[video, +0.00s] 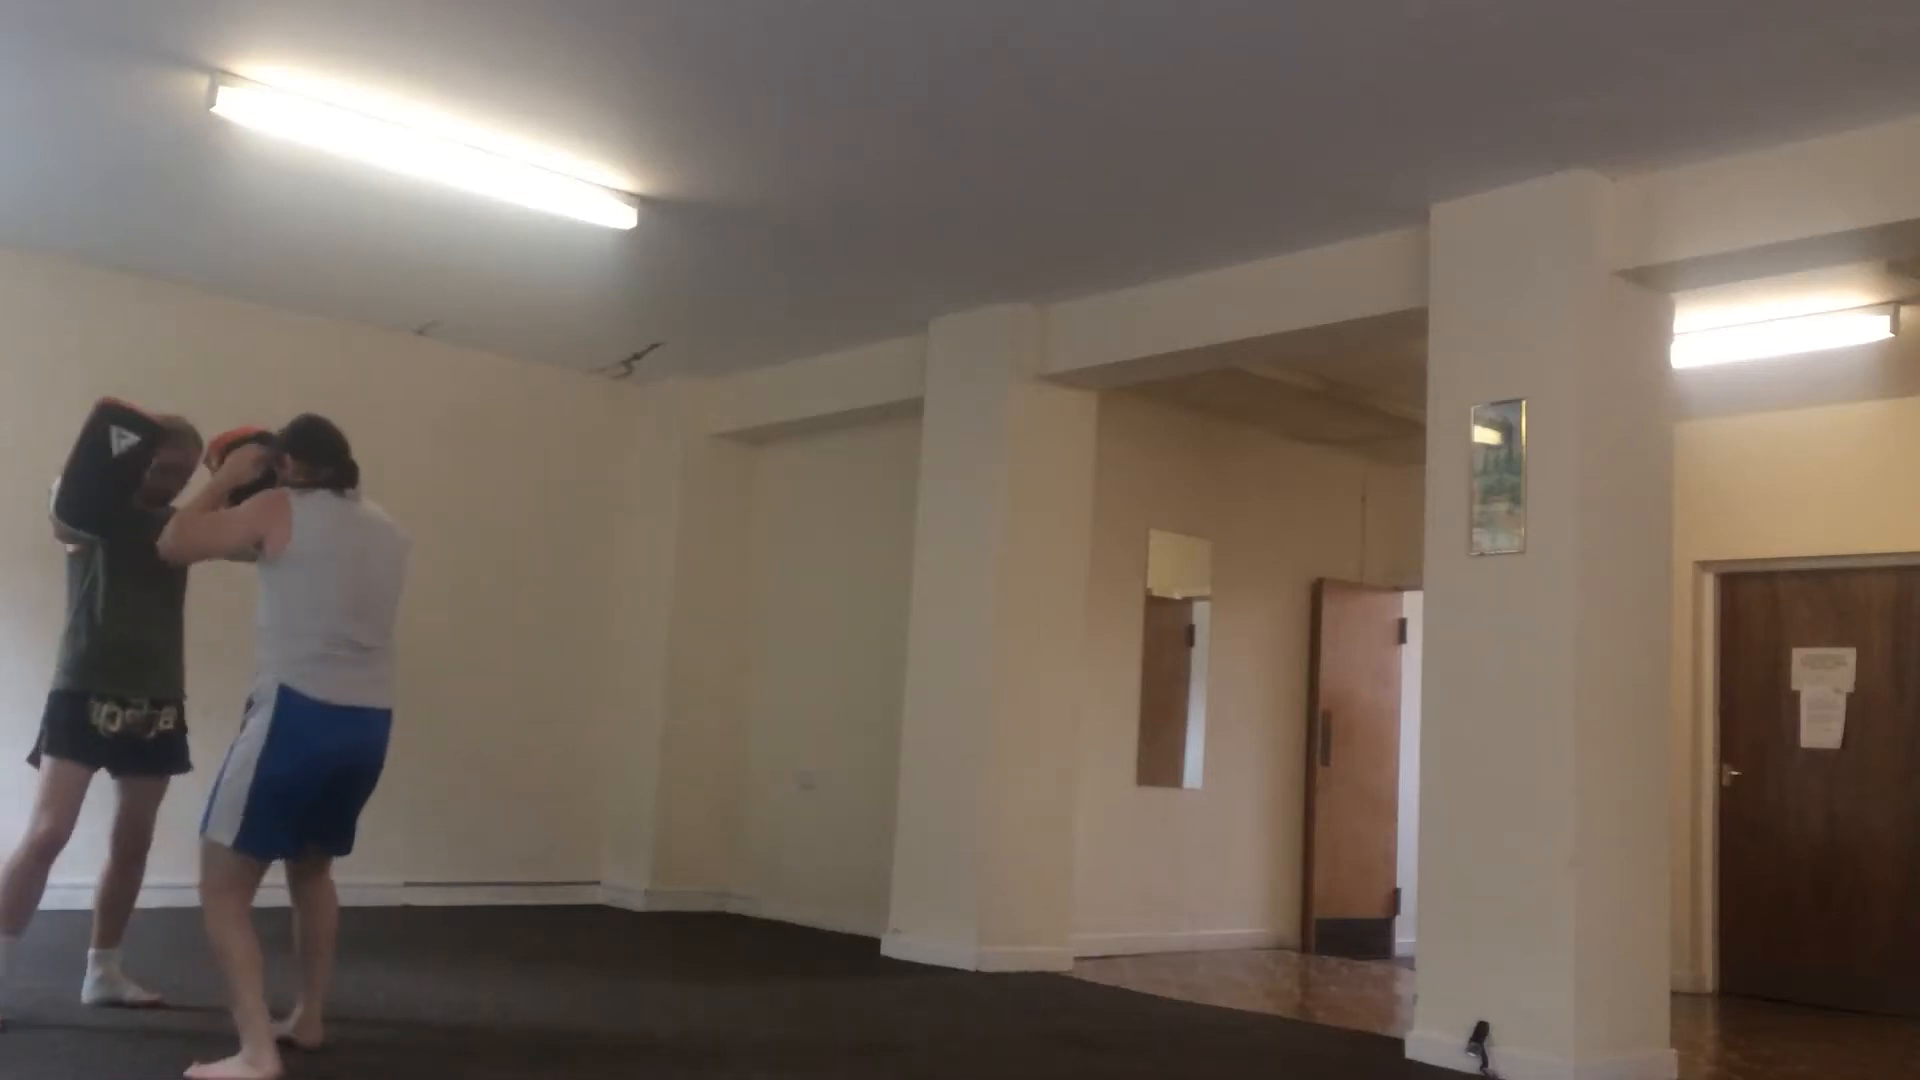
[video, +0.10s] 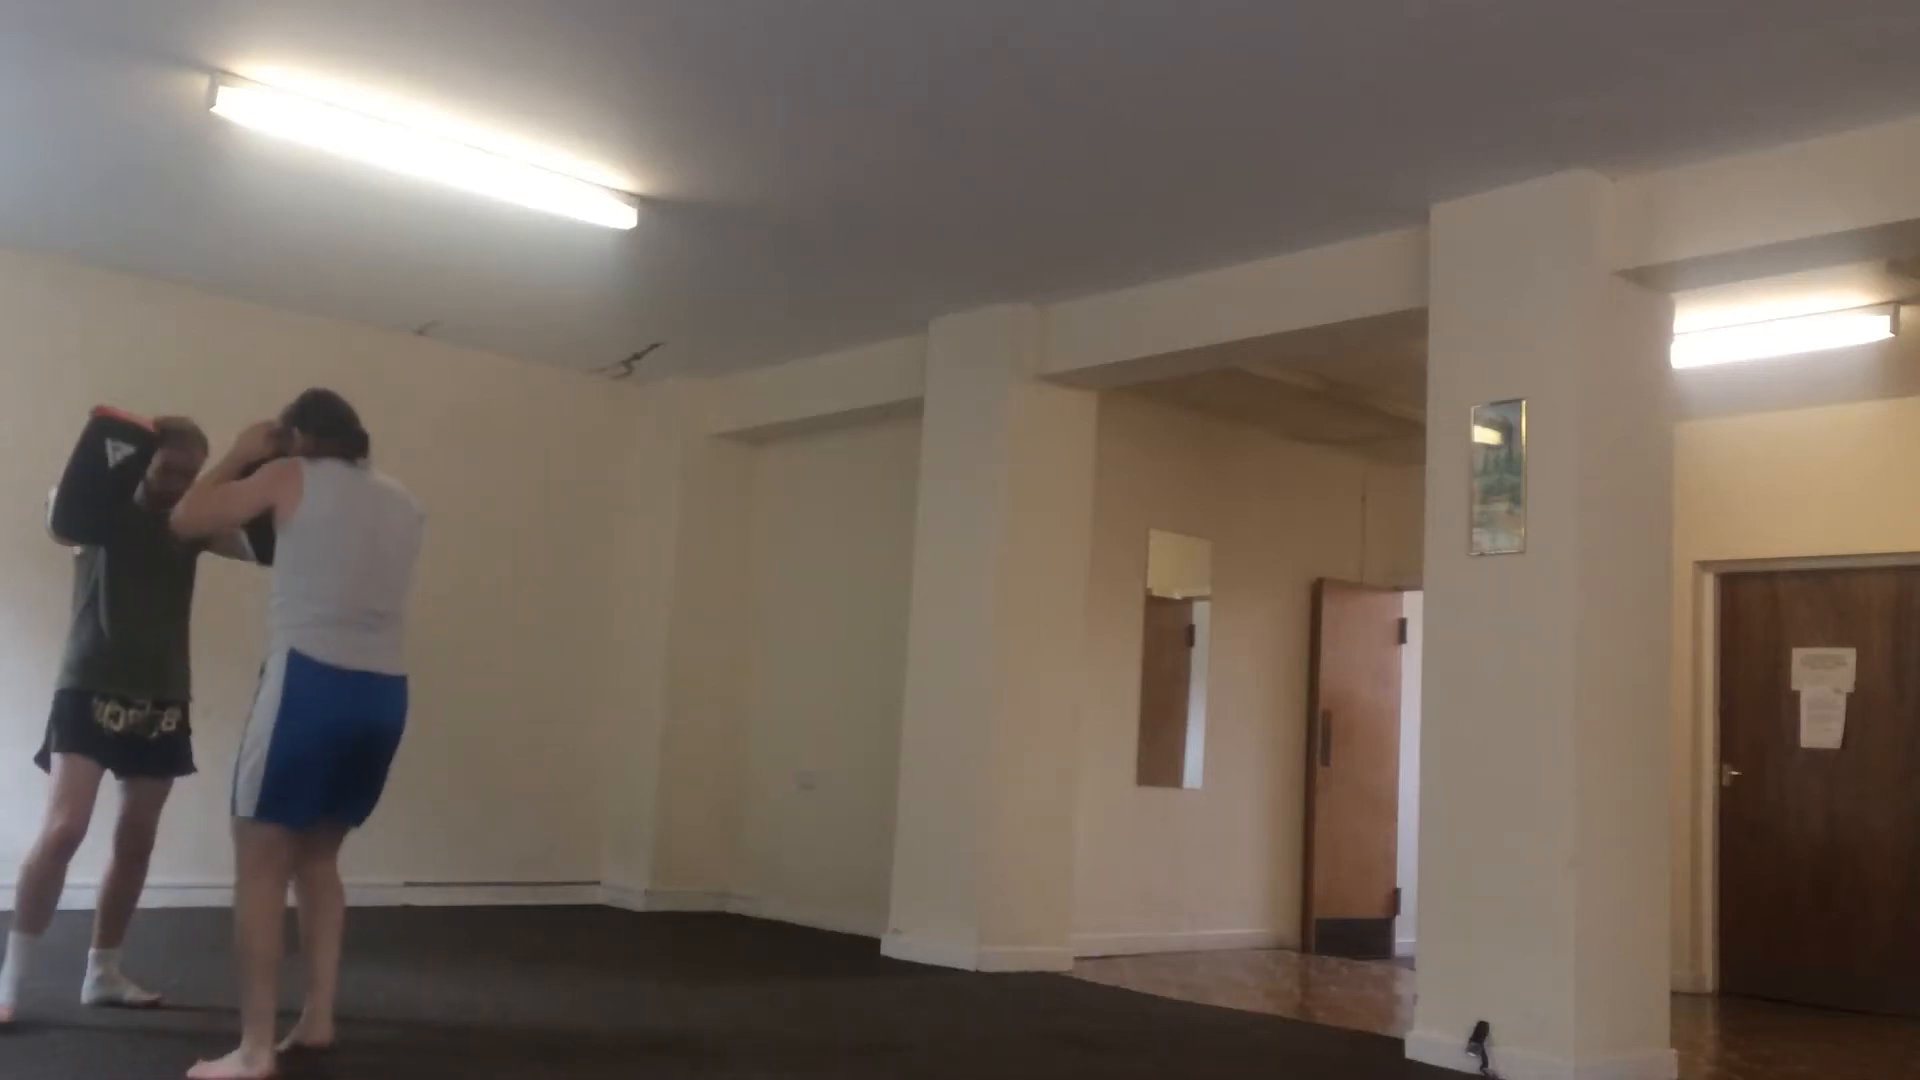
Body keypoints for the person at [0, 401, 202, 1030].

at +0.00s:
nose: (176, 481)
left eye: (185, 471)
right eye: (168, 467)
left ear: (189, 473)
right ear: (137, 462)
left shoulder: (178, 524)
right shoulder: (94, 514)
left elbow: (239, 531)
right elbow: (70, 507)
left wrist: (254, 475)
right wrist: (97, 428)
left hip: (156, 699)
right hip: (87, 693)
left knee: (132, 842)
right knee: (47, 835)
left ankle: (104, 970)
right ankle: (1, 959)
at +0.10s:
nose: (177, 482)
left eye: (189, 474)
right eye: (170, 470)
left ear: (199, 476)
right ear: (145, 461)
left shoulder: (194, 523)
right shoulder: (111, 513)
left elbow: (267, 551)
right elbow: (64, 524)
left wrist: (266, 476)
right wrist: (96, 445)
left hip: (161, 697)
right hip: (92, 689)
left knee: (136, 841)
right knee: (64, 829)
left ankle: (102, 972)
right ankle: (14, 971)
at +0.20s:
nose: (185, 478)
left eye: (196, 469)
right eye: (176, 466)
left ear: (206, 469)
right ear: (152, 457)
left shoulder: (207, 524)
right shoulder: (120, 510)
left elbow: (276, 577)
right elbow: (56, 547)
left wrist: (257, 509)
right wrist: (91, 467)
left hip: (165, 698)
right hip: (95, 687)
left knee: (138, 843)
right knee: (79, 826)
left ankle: (103, 974)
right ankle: (37, 978)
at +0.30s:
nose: (191, 477)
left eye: (203, 469)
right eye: (183, 464)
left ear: (213, 472)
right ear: (156, 457)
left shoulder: (215, 539)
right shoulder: (119, 517)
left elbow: (272, 625)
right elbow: (47, 574)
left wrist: (263, 568)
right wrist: (74, 512)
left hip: (169, 703)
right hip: (100, 691)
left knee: (139, 845)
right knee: (91, 826)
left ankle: (102, 973)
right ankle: (62, 981)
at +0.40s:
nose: (207, 480)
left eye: (218, 472)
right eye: (198, 467)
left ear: (226, 476)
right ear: (169, 459)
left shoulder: (219, 540)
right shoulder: (125, 517)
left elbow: (250, 601)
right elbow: (76, 529)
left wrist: (260, 623)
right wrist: (64, 522)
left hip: (176, 702)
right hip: (108, 692)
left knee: (142, 847)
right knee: (100, 831)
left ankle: (105, 968)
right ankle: (79, 981)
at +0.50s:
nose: (229, 487)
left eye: (241, 480)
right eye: (222, 473)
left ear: (246, 486)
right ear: (192, 466)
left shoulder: (228, 552)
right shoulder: (132, 521)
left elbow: (230, 635)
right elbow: (53, 552)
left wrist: (248, 659)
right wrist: (27, 523)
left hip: (182, 718)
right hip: (117, 707)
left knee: (145, 854)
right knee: (107, 843)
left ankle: (106, 973)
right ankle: (79, 997)